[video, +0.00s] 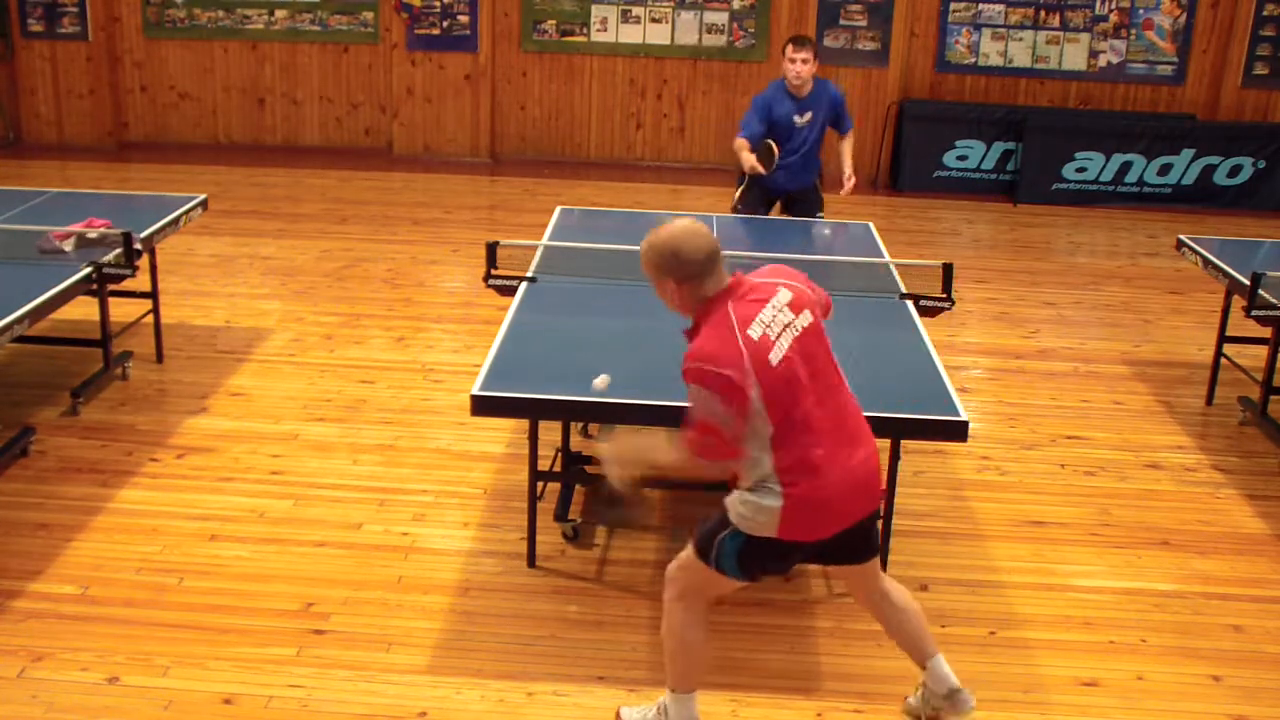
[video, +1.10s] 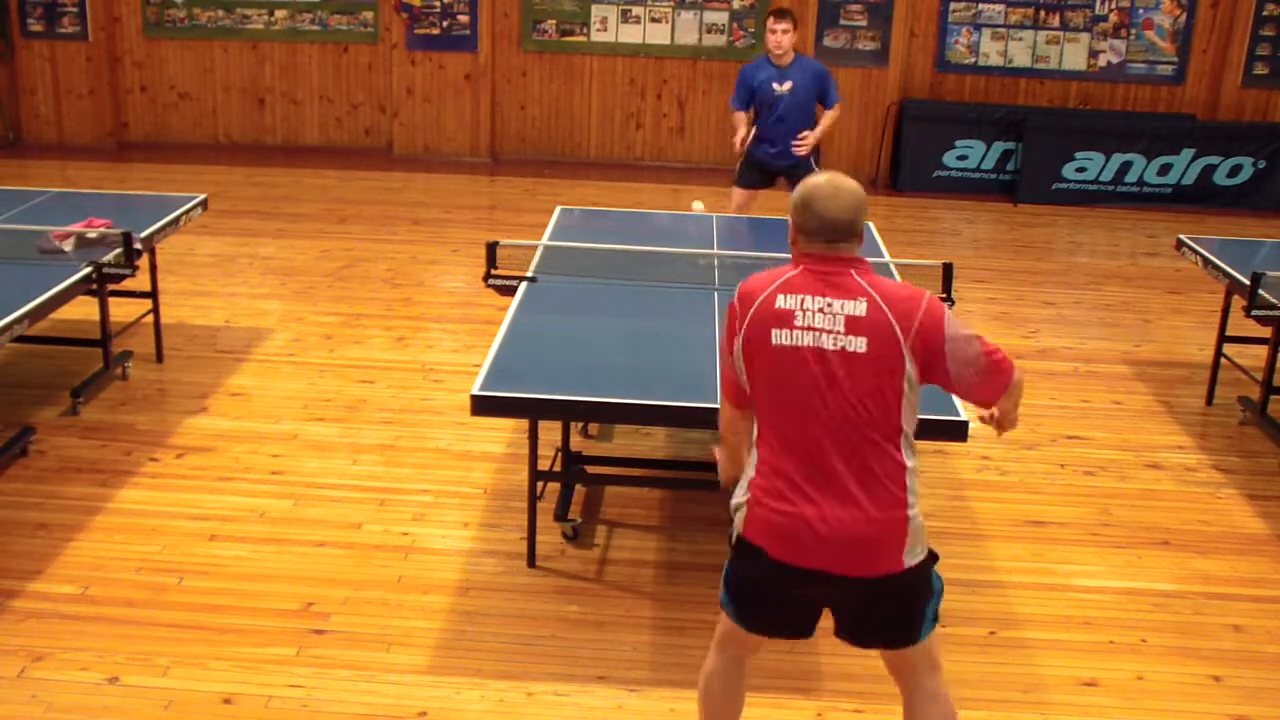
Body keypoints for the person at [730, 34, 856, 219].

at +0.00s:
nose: (797, 68)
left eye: (804, 62)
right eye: (792, 61)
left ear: (815, 66)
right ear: (783, 63)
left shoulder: (828, 95)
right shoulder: (768, 99)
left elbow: (845, 131)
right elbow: (742, 138)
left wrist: (847, 168)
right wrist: (745, 155)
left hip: (804, 181)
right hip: (764, 178)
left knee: (811, 238)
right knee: (743, 233)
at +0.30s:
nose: (783, 71)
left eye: (790, 64)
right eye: (778, 65)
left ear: (804, 66)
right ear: (773, 67)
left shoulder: (825, 99)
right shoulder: (772, 101)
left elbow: (851, 137)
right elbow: (761, 144)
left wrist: (832, 175)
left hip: (823, 195)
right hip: (787, 194)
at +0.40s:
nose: (764, 79)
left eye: (771, 72)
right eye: (761, 73)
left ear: (789, 73)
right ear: (758, 74)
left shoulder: (809, 101)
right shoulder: (770, 104)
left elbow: (843, 141)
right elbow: (754, 138)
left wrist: (821, 176)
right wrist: (713, 139)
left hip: (822, 193)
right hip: (790, 193)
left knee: (824, 255)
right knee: (790, 252)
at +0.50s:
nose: (754, 78)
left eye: (760, 72)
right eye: (752, 72)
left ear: (778, 72)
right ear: (750, 71)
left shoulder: (806, 99)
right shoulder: (763, 103)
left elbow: (837, 137)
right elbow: (743, 145)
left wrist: (816, 165)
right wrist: (703, 135)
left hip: (815, 185)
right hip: (777, 183)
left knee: (822, 241)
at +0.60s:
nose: (758, 69)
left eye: (765, 63)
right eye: (755, 62)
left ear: (781, 65)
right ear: (750, 62)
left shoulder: (806, 91)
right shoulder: (750, 104)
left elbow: (835, 127)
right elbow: (746, 150)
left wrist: (823, 145)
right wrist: (726, 141)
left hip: (803, 177)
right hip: (762, 177)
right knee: (740, 221)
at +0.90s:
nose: (788, 41)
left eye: (794, 35)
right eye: (782, 34)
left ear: (804, 39)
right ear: (773, 38)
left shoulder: (821, 74)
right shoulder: (759, 74)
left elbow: (830, 107)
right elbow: (744, 116)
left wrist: (828, 140)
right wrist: (756, 119)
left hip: (794, 155)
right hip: (755, 152)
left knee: (807, 213)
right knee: (739, 213)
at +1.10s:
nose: (778, 39)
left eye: (784, 32)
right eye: (773, 32)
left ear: (794, 36)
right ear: (765, 36)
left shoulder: (815, 72)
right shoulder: (750, 72)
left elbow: (832, 107)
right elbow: (739, 107)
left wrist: (816, 135)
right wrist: (742, 128)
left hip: (800, 153)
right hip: (761, 151)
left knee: (811, 211)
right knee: (738, 206)